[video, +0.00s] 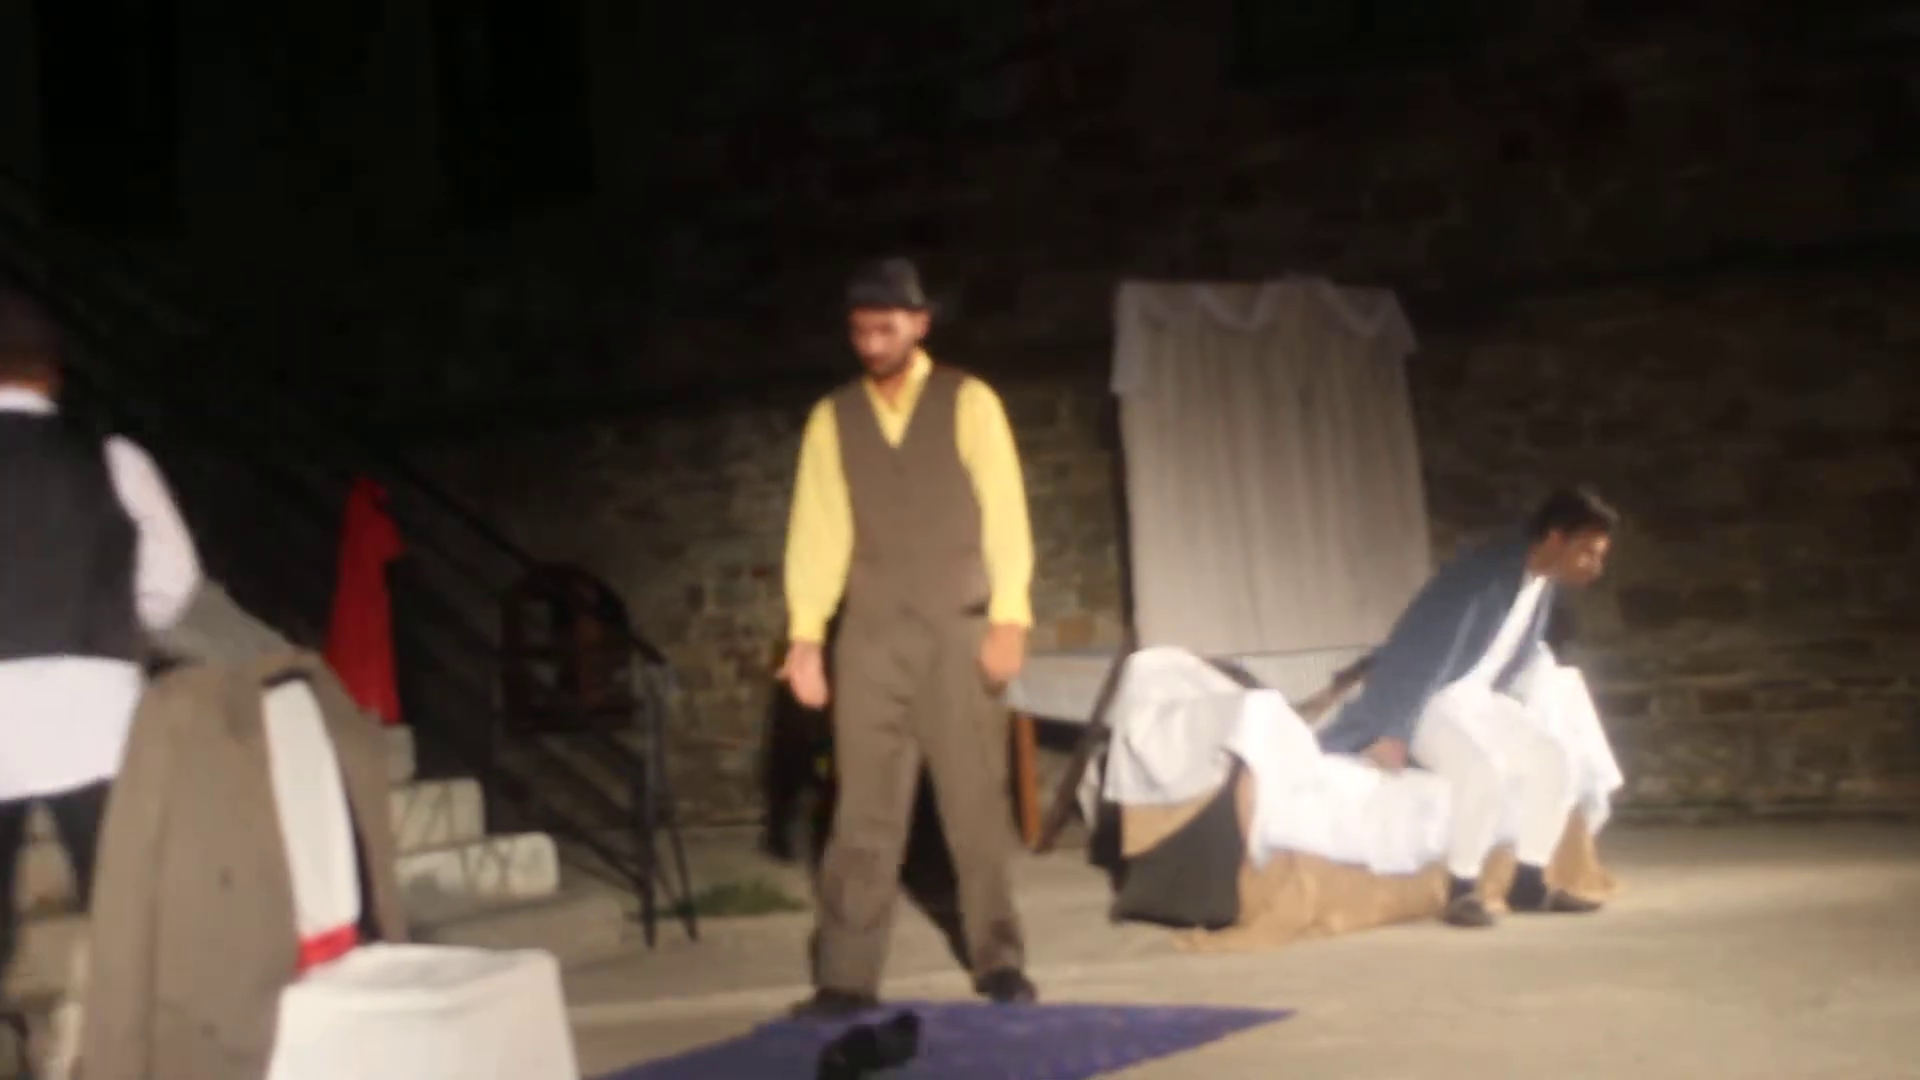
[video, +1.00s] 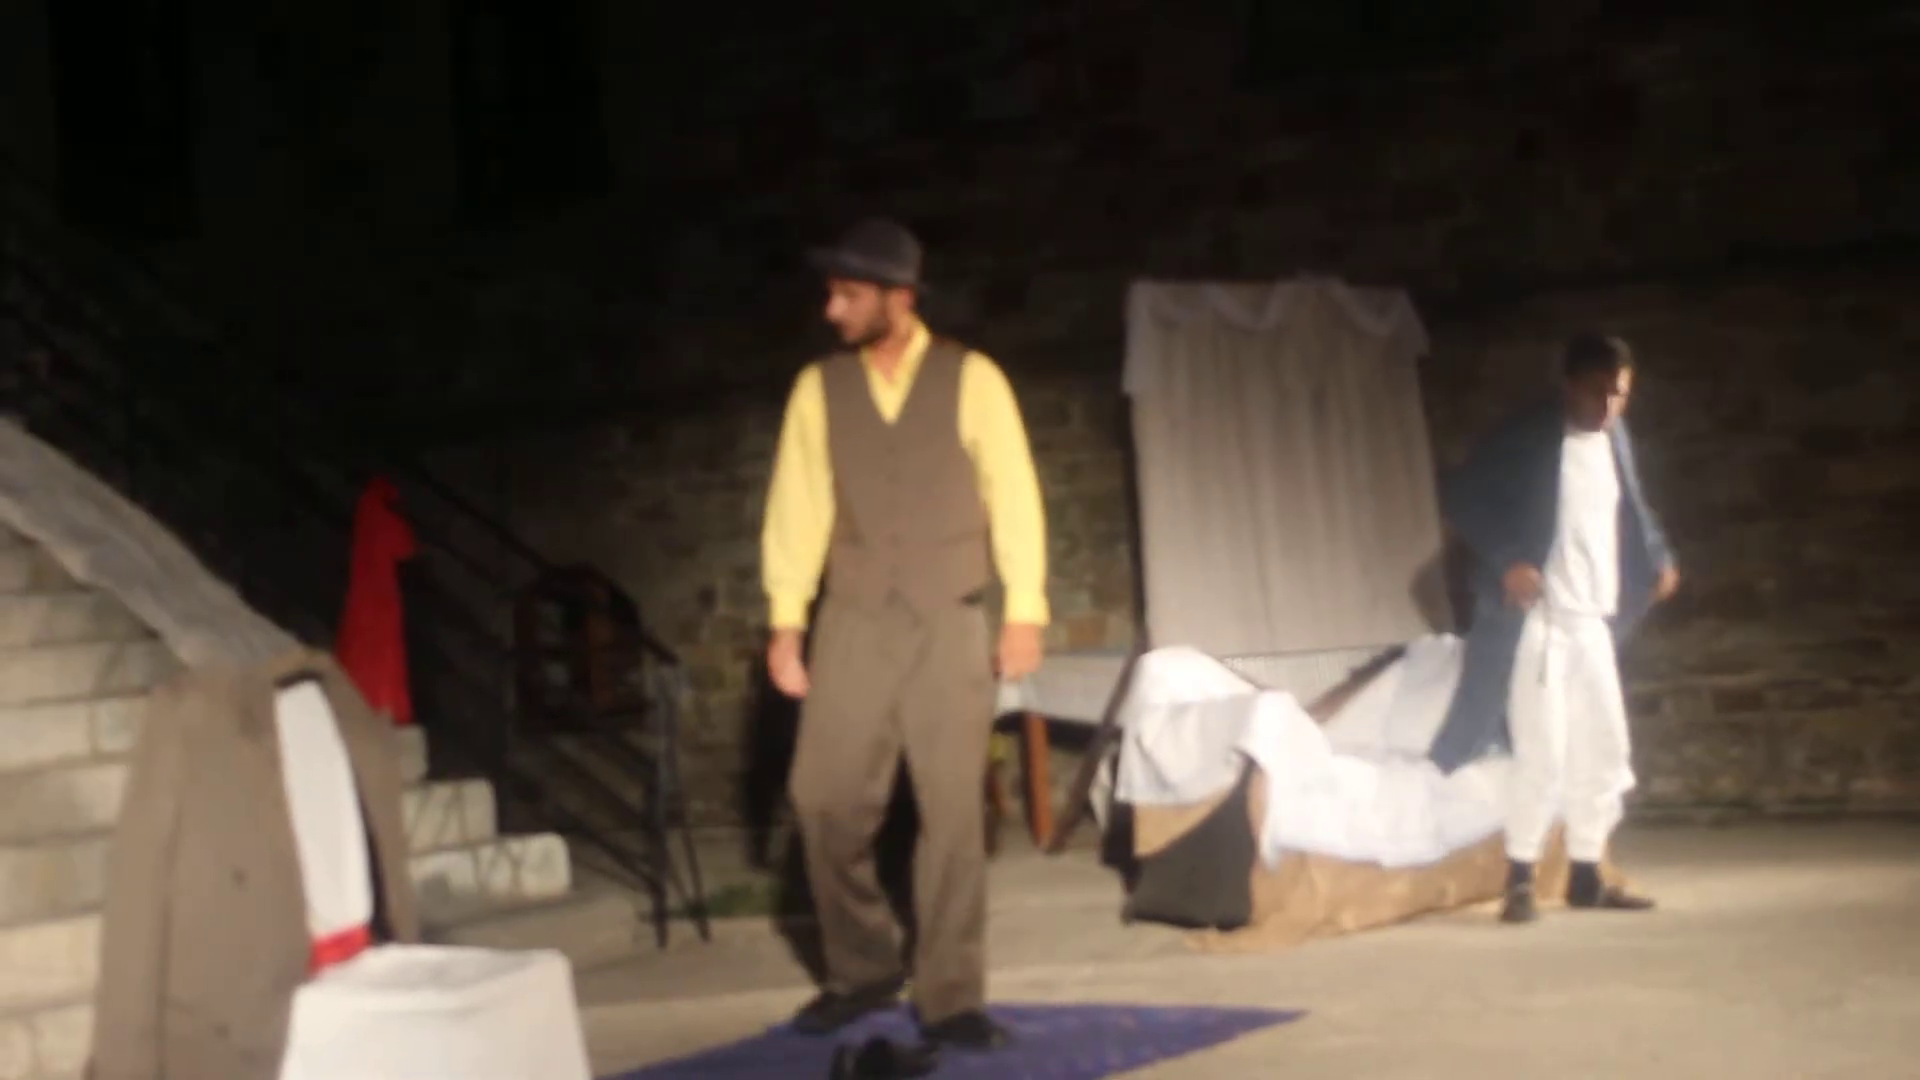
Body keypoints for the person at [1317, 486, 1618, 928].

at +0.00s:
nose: (1596, 566)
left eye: (1601, 556)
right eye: (1588, 552)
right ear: (1555, 539)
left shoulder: (1542, 589)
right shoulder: (1482, 573)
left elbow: (1517, 664)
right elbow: (1422, 648)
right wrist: (1391, 731)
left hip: (1480, 696)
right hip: (1428, 696)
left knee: (1550, 759)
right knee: (1481, 769)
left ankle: (1529, 884)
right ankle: (1462, 890)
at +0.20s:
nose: (1612, 500)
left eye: (1616, 489)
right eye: (1606, 484)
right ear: (1570, 474)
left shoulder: (1559, 541)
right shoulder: (1503, 506)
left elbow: (1540, 626)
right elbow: (1446, 574)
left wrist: (1525, 687)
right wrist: (1425, 652)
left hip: (1493, 658)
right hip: (1443, 650)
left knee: (1551, 756)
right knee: (1483, 758)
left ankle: (1528, 881)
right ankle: (1463, 887)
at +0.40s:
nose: (1612, 446)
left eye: (1616, 434)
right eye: (1606, 430)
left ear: (1583, 428)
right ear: (1570, 420)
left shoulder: (1565, 488)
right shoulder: (1512, 457)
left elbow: (1556, 576)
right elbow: (1462, 532)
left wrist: (1551, 642)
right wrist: (1457, 614)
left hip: (1519, 638)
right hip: (1471, 629)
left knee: (1551, 750)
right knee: (1496, 752)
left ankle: (1531, 880)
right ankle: (1475, 885)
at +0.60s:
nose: (1606, 414)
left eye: (1611, 403)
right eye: (1597, 400)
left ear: (1598, 403)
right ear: (1559, 391)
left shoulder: (1571, 455)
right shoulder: (1514, 440)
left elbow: (1558, 531)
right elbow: (1470, 516)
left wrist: (1576, 575)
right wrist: (1489, 594)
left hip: (1554, 625)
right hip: (1506, 621)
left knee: (1571, 744)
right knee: (1505, 747)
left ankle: (1552, 873)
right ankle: (1484, 886)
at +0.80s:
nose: (1611, 409)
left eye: (1618, 397)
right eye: (1603, 395)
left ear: (1617, 395)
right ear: (1567, 388)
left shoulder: (1591, 449)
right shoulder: (1517, 442)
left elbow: (1579, 521)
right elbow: (1459, 509)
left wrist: (1593, 571)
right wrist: (1498, 576)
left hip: (1567, 621)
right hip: (1514, 622)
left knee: (1590, 741)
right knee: (1507, 748)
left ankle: (1588, 876)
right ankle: (1482, 887)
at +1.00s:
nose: (1610, 407)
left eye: (1618, 394)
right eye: (1599, 394)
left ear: (1627, 393)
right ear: (1569, 386)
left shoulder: (1617, 441)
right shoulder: (1525, 437)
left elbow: (1635, 508)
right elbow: (1463, 499)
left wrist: (1658, 557)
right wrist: (1505, 562)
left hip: (1593, 622)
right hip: (1535, 621)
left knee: (1603, 745)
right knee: (1540, 749)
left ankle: (1587, 875)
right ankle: (1520, 879)